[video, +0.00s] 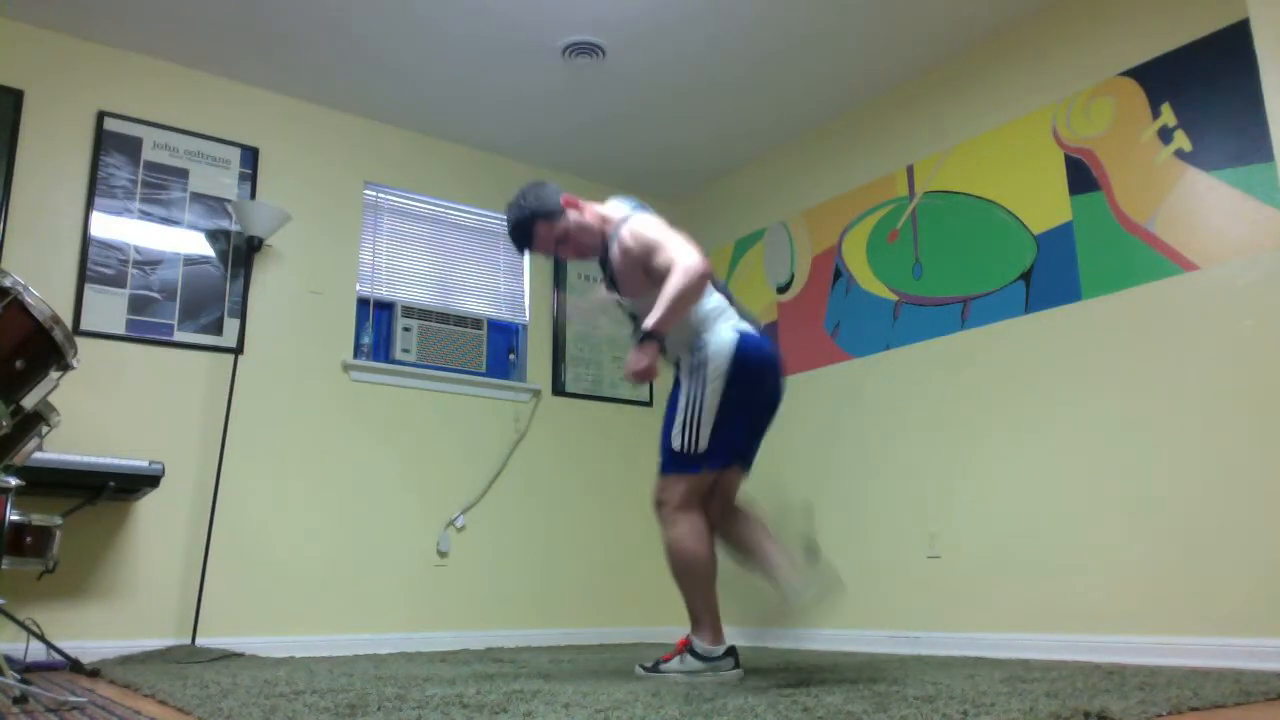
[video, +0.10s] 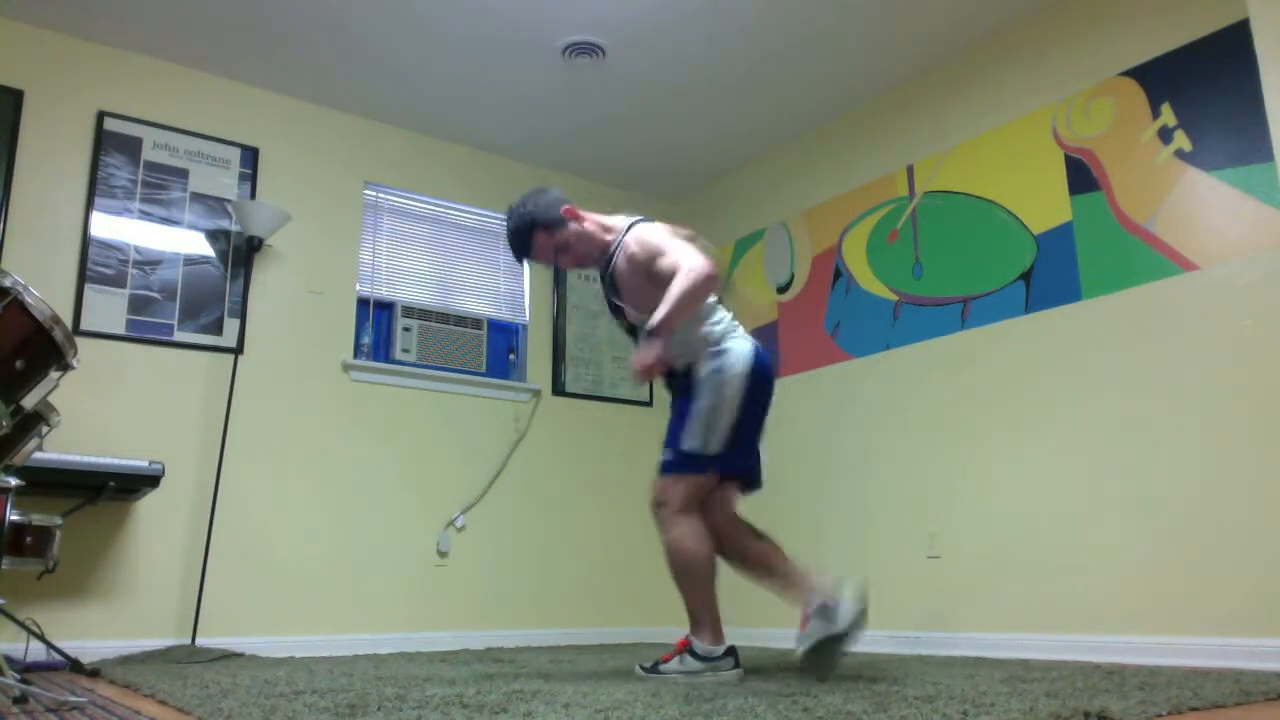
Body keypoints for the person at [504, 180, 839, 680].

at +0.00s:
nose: (569, 254)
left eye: (562, 240)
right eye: (557, 253)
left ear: (573, 206)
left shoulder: (630, 230)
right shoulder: (613, 230)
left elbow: (691, 265)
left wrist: (649, 337)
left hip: (719, 358)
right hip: (743, 355)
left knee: (676, 502)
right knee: (716, 504)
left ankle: (708, 646)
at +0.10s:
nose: (567, 264)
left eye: (561, 251)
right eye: (556, 262)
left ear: (572, 217)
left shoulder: (638, 241)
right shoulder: (620, 249)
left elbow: (699, 270)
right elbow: (690, 244)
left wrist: (656, 334)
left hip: (723, 366)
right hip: (709, 371)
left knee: (673, 502)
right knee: (712, 516)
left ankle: (708, 646)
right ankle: (822, 601)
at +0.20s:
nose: (571, 245)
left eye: (564, 234)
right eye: (561, 242)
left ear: (572, 203)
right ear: (564, 218)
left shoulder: (640, 219)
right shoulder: (618, 231)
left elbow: (713, 235)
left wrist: (705, 299)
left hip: (723, 349)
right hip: (703, 354)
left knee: (693, 495)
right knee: (694, 493)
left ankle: (709, 644)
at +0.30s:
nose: (578, 211)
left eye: (572, 200)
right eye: (570, 206)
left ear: (589, 172)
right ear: (580, 182)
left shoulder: (656, 199)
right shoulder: (628, 220)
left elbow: (747, 212)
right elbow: (652, 284)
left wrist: (769, 265)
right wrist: (609, 307)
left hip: (705, 334)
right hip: (720, 336)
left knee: (660, 479)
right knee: (727, 479)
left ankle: (701, 624)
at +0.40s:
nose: (609, 209)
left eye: (607, 195)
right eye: (597, 206)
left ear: (618, 167)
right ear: (588, 205)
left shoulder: (674, 203)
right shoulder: (623, 226)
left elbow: (758, 223)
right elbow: (618, 273)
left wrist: (778, 273)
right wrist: (563, 280)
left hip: (719, 347)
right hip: (690, 353)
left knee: (679, 489)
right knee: (703, 489)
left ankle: (711, 632)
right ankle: (755, 426)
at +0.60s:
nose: (605, 218)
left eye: (604, 203)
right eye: (593, 214)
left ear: (615, 175)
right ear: (583, 209)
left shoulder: (666, 206)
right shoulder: (619, 230)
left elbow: (750, 205)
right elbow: (670, 263)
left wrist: (808, 226)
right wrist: (722, 271)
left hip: (715, 357)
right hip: (705, 357)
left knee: (707, 504)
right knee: (781, 480)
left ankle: (719, 641)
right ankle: (893, 460)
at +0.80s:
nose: (616, 231)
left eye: (616, 218)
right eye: (603, 226)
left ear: (629, 192)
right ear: (591, 222)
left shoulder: (677, 227)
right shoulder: (604, 233)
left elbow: (768, 251)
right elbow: (561, 262)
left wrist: (833, 302)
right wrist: (532, 249)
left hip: (733, 351)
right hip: (708, 355)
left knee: (706, 493)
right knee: (730, 485)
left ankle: (732, 633)